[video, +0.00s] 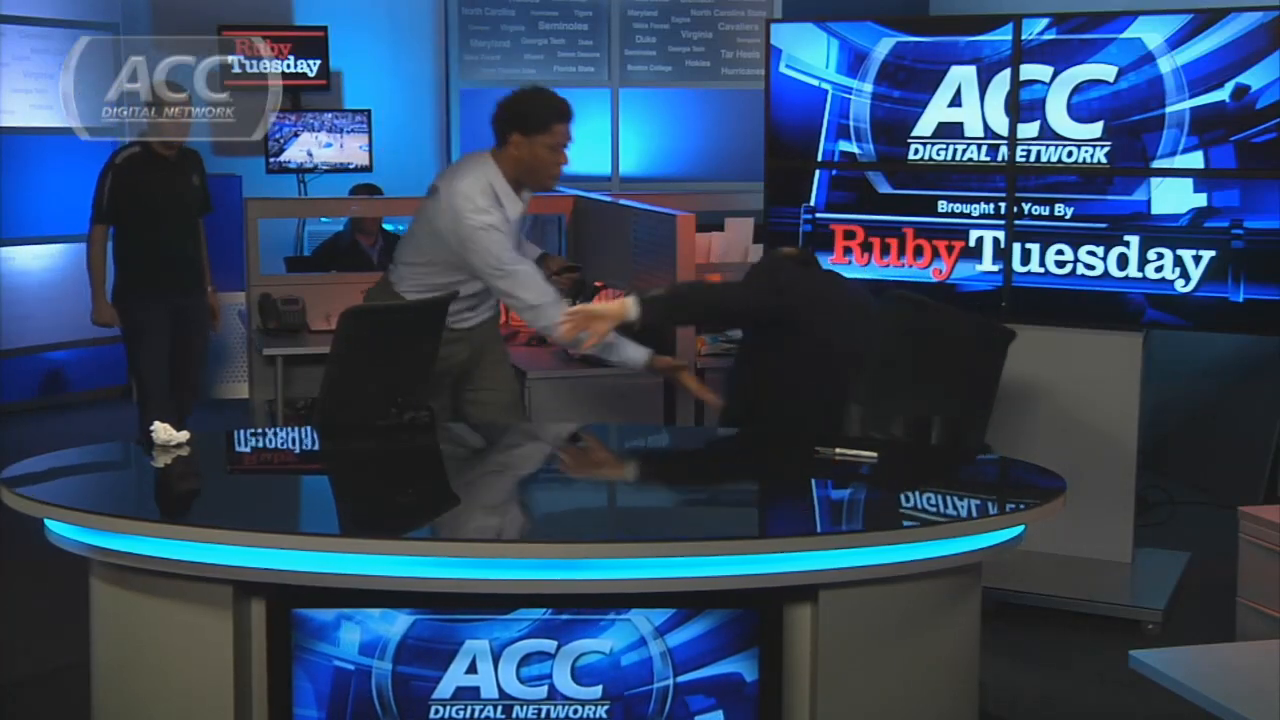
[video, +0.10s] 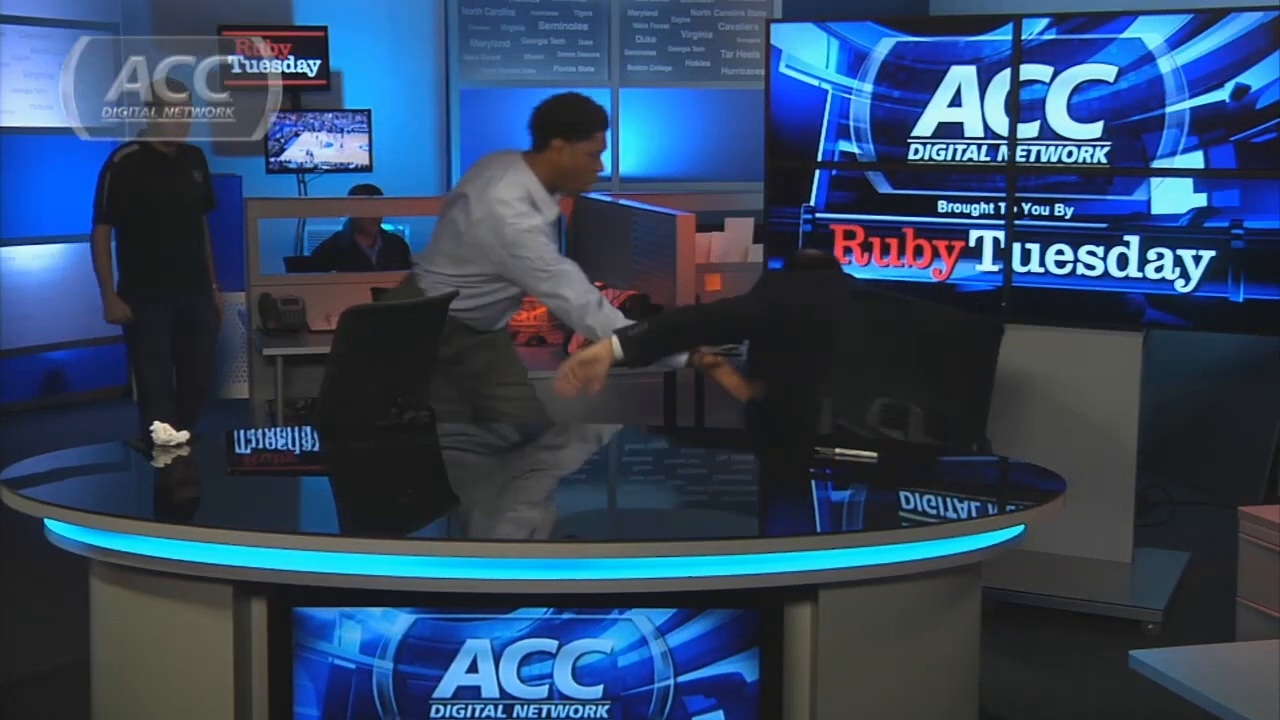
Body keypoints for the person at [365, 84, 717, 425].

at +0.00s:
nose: (564, 160)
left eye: (565, 149)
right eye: (556, 148)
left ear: (522, 146)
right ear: (516, 143)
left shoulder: (506, 186)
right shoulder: (469, 206)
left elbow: (503, 245)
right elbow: (550, 317)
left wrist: (541, 264)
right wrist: (647, 360)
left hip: (475, 337)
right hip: (411, 343)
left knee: (508, 449)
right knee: (412, 462)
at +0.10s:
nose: (600, 168)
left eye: (601, 156)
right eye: (594, 156)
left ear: (556, 149)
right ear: (558, 149)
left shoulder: (504, 167)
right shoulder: (510, 213)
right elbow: (581, 306)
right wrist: (681, 355)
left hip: (478, 331)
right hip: (428, 331)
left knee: (522, 428)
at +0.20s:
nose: (633, 160)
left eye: (635, 147)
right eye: (629, 147)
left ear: (592, 140)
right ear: (598, 140)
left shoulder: (525, 158)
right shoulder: (554, 210)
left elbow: (463, 208)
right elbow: (604, 312)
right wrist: (703, 353)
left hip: (513, 334)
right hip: (474, 337)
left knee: (568, 428)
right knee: (478, 451)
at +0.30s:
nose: (662, 147)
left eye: (664, 134)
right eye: (660, 133)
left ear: (626, 126)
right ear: (630, 127)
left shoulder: (550, 149)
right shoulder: (590, 204)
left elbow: (481, 206)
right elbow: (639, 319)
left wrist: (542, 241)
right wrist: (739, 342)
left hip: (538, 329)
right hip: (500, 329)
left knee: (584, 440)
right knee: (530, 450)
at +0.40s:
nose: (695, 146)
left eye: (696, 134)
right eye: (693, 133)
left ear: (656, 128)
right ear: (667, 130)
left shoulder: (583, 148)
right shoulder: (628, 219)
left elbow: (503, 195)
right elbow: (676, 321)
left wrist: (559, 235)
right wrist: (760, 351)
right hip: (526, 328)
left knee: (601, 439)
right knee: (576, 448)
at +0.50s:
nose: (732, 158)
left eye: (733, 147)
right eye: (731, 146)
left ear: (677, 132)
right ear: (710, 143)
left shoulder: (611, 159)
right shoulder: (672, 232)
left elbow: (523, 198)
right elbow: (719, 330)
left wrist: (576, 230)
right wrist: (795, 369)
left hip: (517, 315)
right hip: (553, 338)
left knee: (546, 451)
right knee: (621, 451)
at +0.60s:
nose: (763, 174)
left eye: (765, 164)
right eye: (763, 163)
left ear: (710, 150)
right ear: (749, 163)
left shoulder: (639, 175)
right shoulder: (717, 242)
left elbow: (548, 209)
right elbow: (755, 343)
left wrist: (595, 244)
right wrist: (819, 382)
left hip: (546, 326)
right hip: (593, 347)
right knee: (665, 461)